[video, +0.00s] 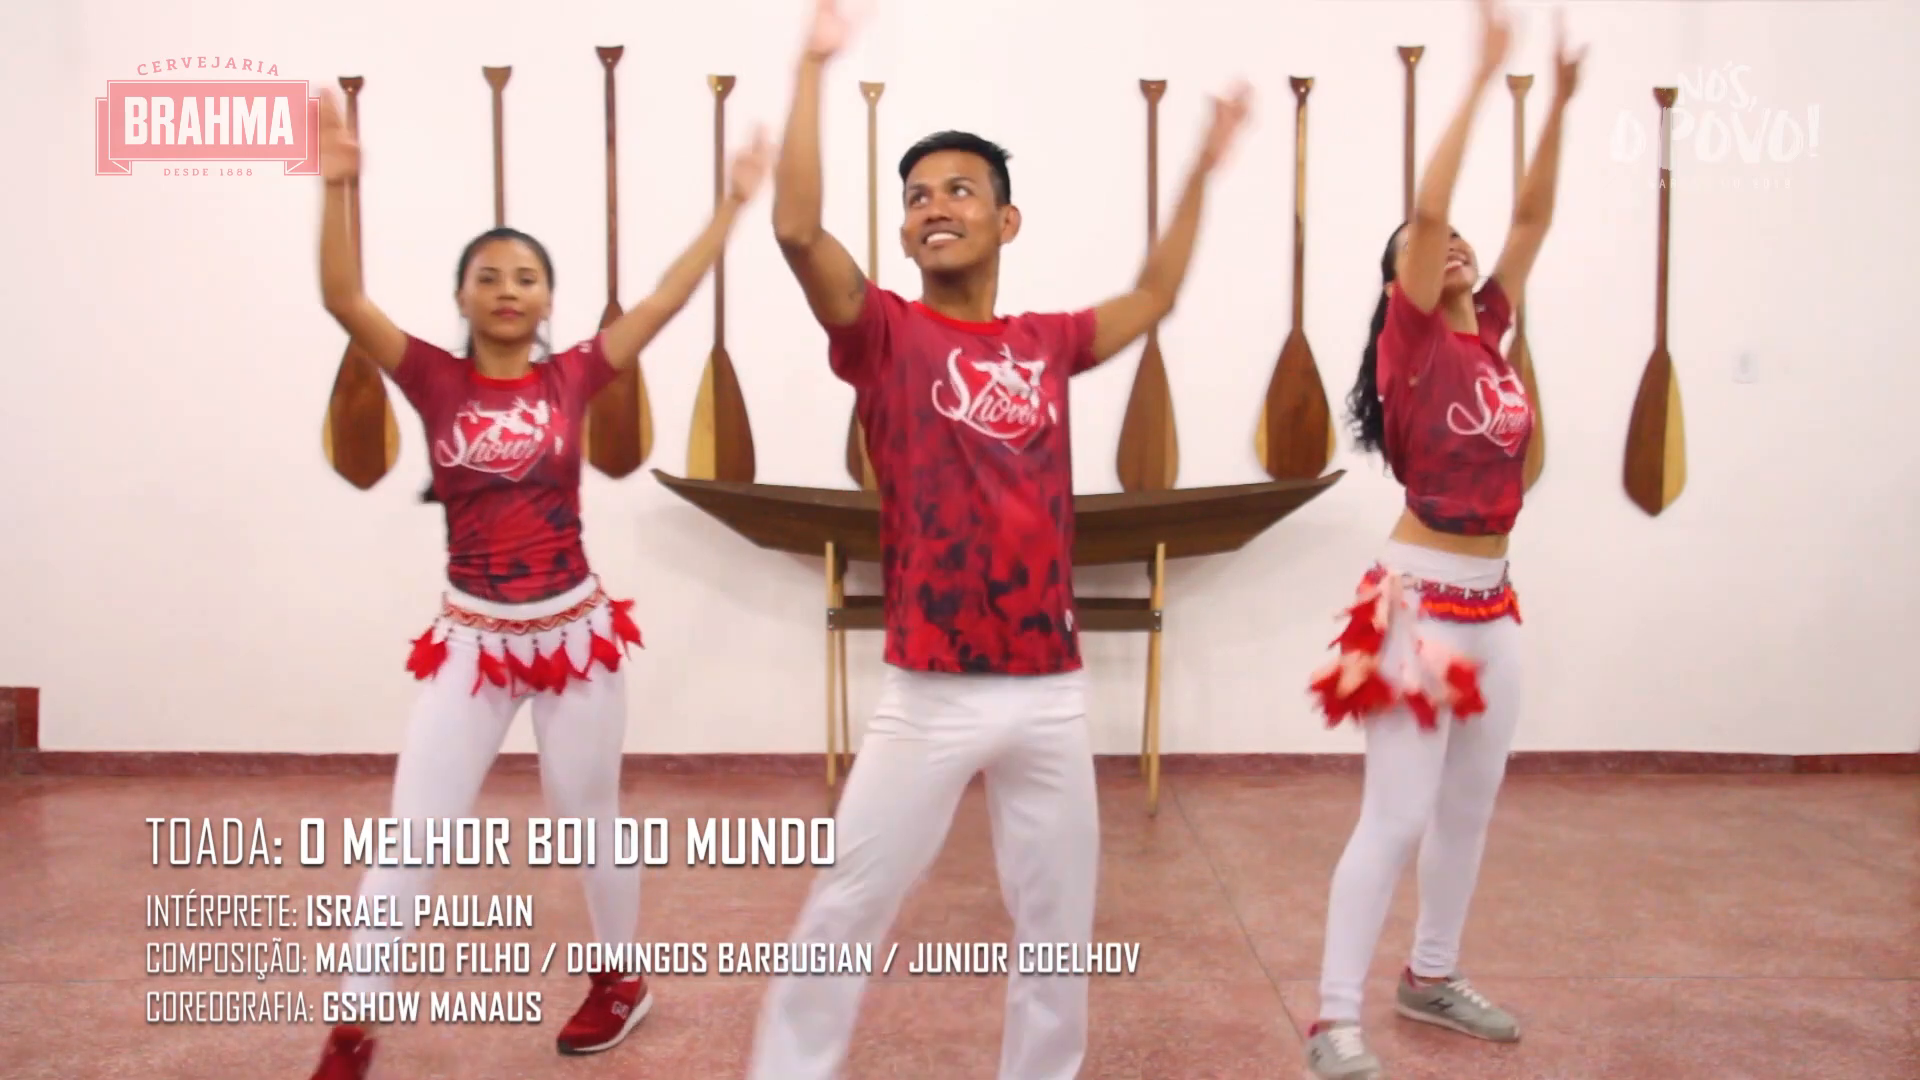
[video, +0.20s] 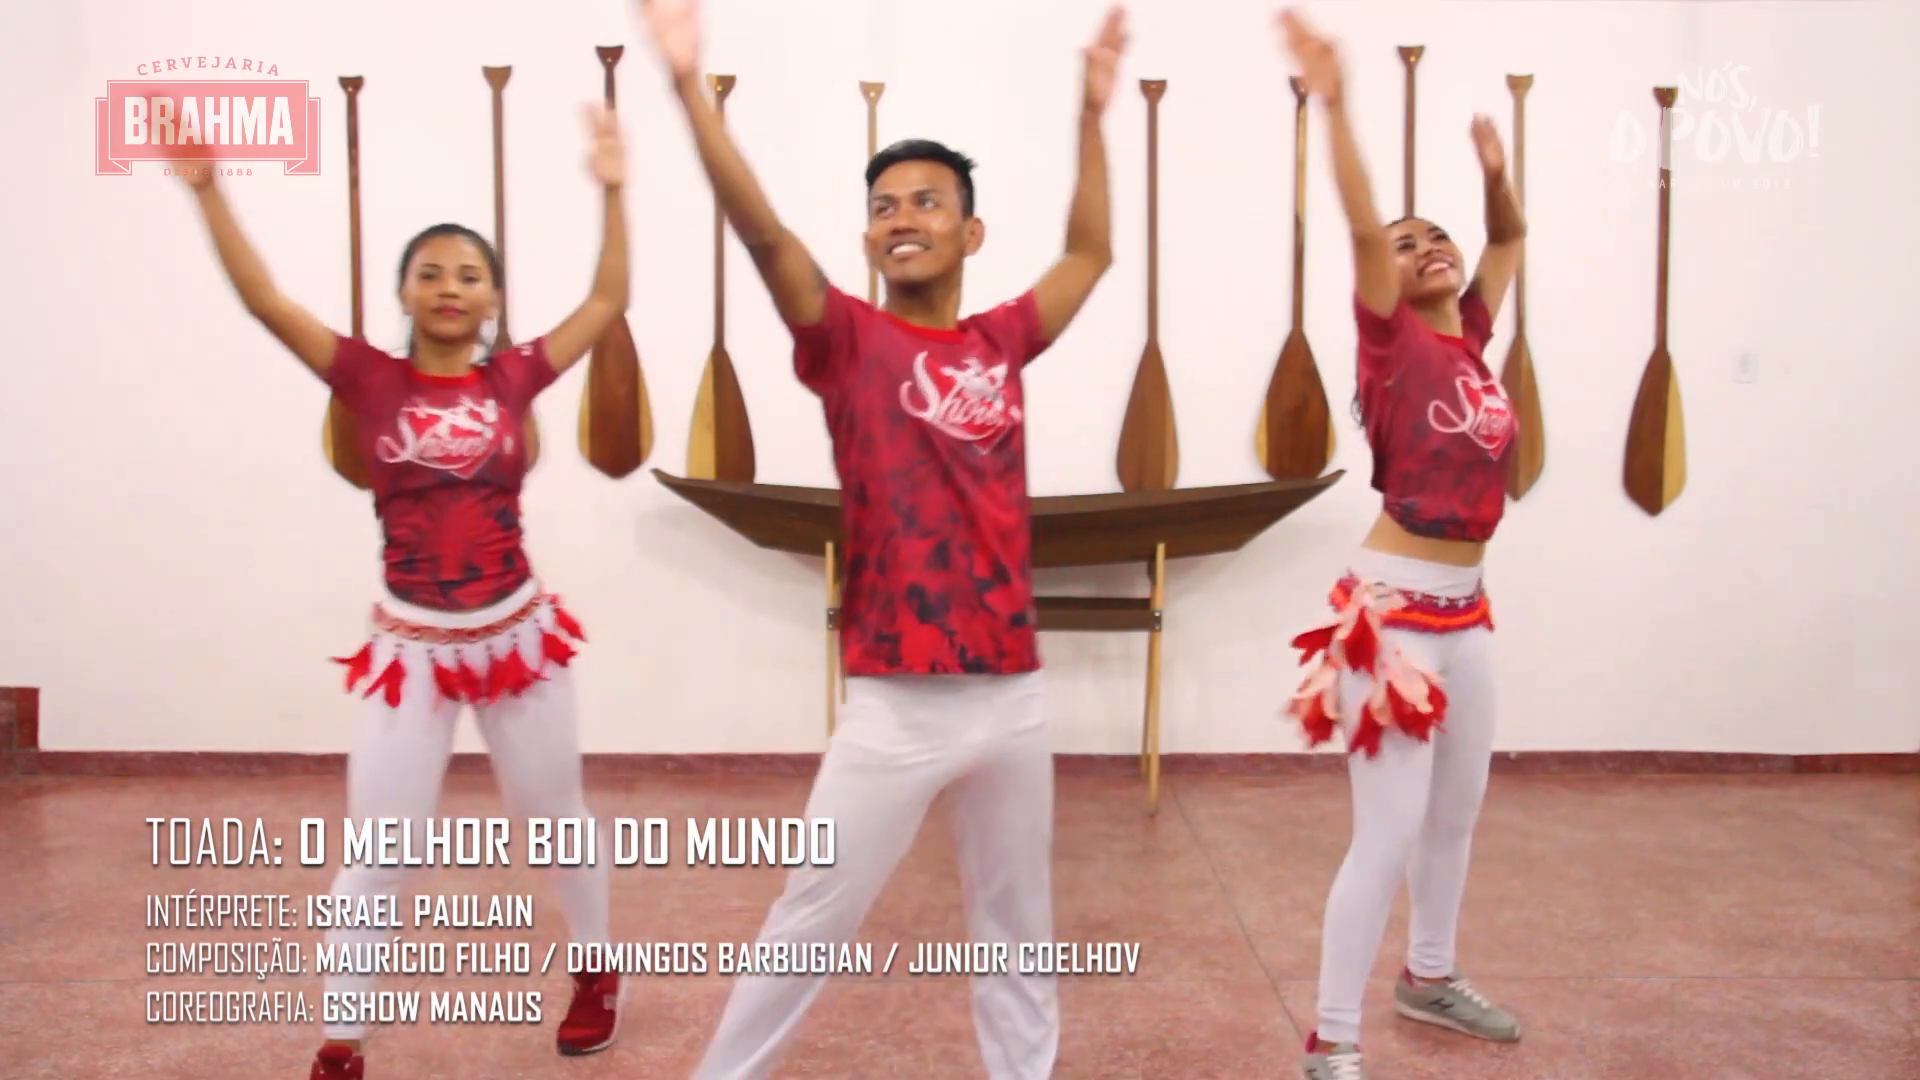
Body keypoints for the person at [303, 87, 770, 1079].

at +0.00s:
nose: (506, 290)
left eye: (524, 278)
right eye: (490, 276)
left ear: (548, 299)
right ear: (462, 297)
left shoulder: (575, 375)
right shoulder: (435, 380)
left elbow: (665, 299)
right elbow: (343, 297)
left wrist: (733, 203)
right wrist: (340, 183)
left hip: (575, 639)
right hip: (472, 641)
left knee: (592, 826)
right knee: (413, 834)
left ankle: (619, 978)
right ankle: (354, 1021)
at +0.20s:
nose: (449, 285)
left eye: (468, 273)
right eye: (431, 272)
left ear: (495, 298)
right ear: (403, 294)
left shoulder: (513, 377)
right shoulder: (370, 377)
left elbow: (607, 300)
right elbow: (265, 300)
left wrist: (614, 191)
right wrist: (208, 190)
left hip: (519, 642)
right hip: (410, 650)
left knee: (560, 832)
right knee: (378, 851)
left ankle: (595, 974)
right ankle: (340, 1047)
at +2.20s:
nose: (399, 298)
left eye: (413, 281)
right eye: (393, 280)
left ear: (464, 305)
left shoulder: (455, 405)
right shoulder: (402, 402)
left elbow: (416, 344)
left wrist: (383, 254)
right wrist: (351, 274)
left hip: (459, 691)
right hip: (414, 692)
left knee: (447, 935)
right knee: (366, 899)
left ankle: (490, 1077)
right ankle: (516, 1056)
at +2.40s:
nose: (363, 287)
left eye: (386, 267)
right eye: (359, 267)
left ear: (448, 290)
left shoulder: (442, 389)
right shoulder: (435, 385)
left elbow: (367, 317)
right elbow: (361, 305)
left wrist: (292, 219)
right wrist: (296, 233)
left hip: (457, 684)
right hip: (453, 675)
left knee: (435, 927)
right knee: (394, 852)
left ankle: (481, 1076)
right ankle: (498, 1027)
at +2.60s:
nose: (362, 272)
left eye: (383, 257)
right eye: (363, 253)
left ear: (445, 280)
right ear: (421, 284)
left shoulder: (429, 376)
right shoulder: (422, 366)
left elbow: (331, 268)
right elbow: (349, 244)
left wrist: (219, 128)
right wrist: (269, 145)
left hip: (448, 685)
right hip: (432, 674)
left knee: (461, 935)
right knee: (417, 847)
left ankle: (494, 1071)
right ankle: (451, 978)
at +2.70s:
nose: (361, 275)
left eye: (382, 260)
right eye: (357, 259)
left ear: (442, 282)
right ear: (373, 281)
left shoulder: (432, 378)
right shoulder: (395, 374)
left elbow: (341, 272)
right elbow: (361, 290)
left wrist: (239, 158)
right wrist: (343, 223)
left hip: (447, 680)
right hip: (404, 674)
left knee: (468, 926)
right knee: (401, 822)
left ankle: (496, 1073)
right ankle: (425, 953)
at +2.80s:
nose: (363, 284)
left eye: (384, 268)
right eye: (359, 269)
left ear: (439, 292)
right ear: (367, 295)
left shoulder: (431, 385)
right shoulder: (386, 390)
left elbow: (356, 281)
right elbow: (342, 401)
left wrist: (254, 178)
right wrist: (350, 249)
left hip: (439, 674)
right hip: (382, 673)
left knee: (464, 914)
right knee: (382, 831)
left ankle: (494, 1070)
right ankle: (404, 967)